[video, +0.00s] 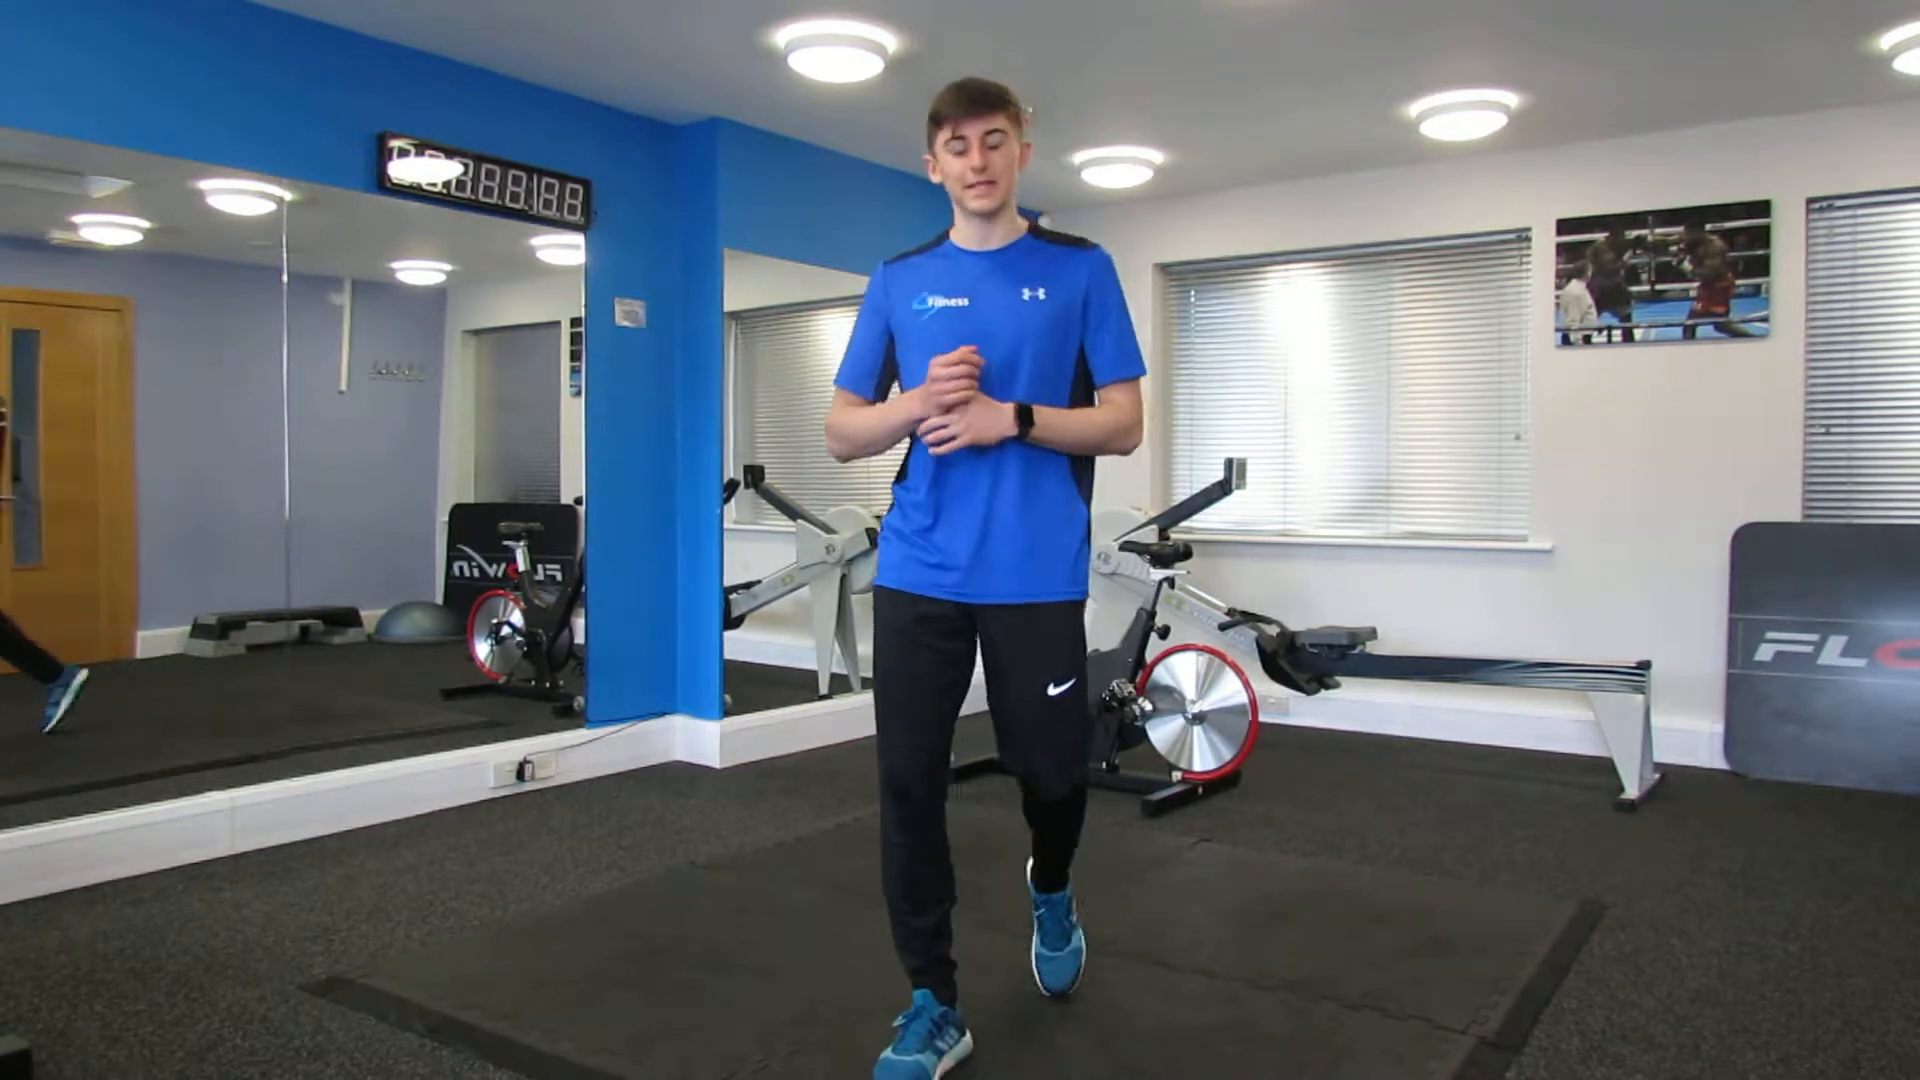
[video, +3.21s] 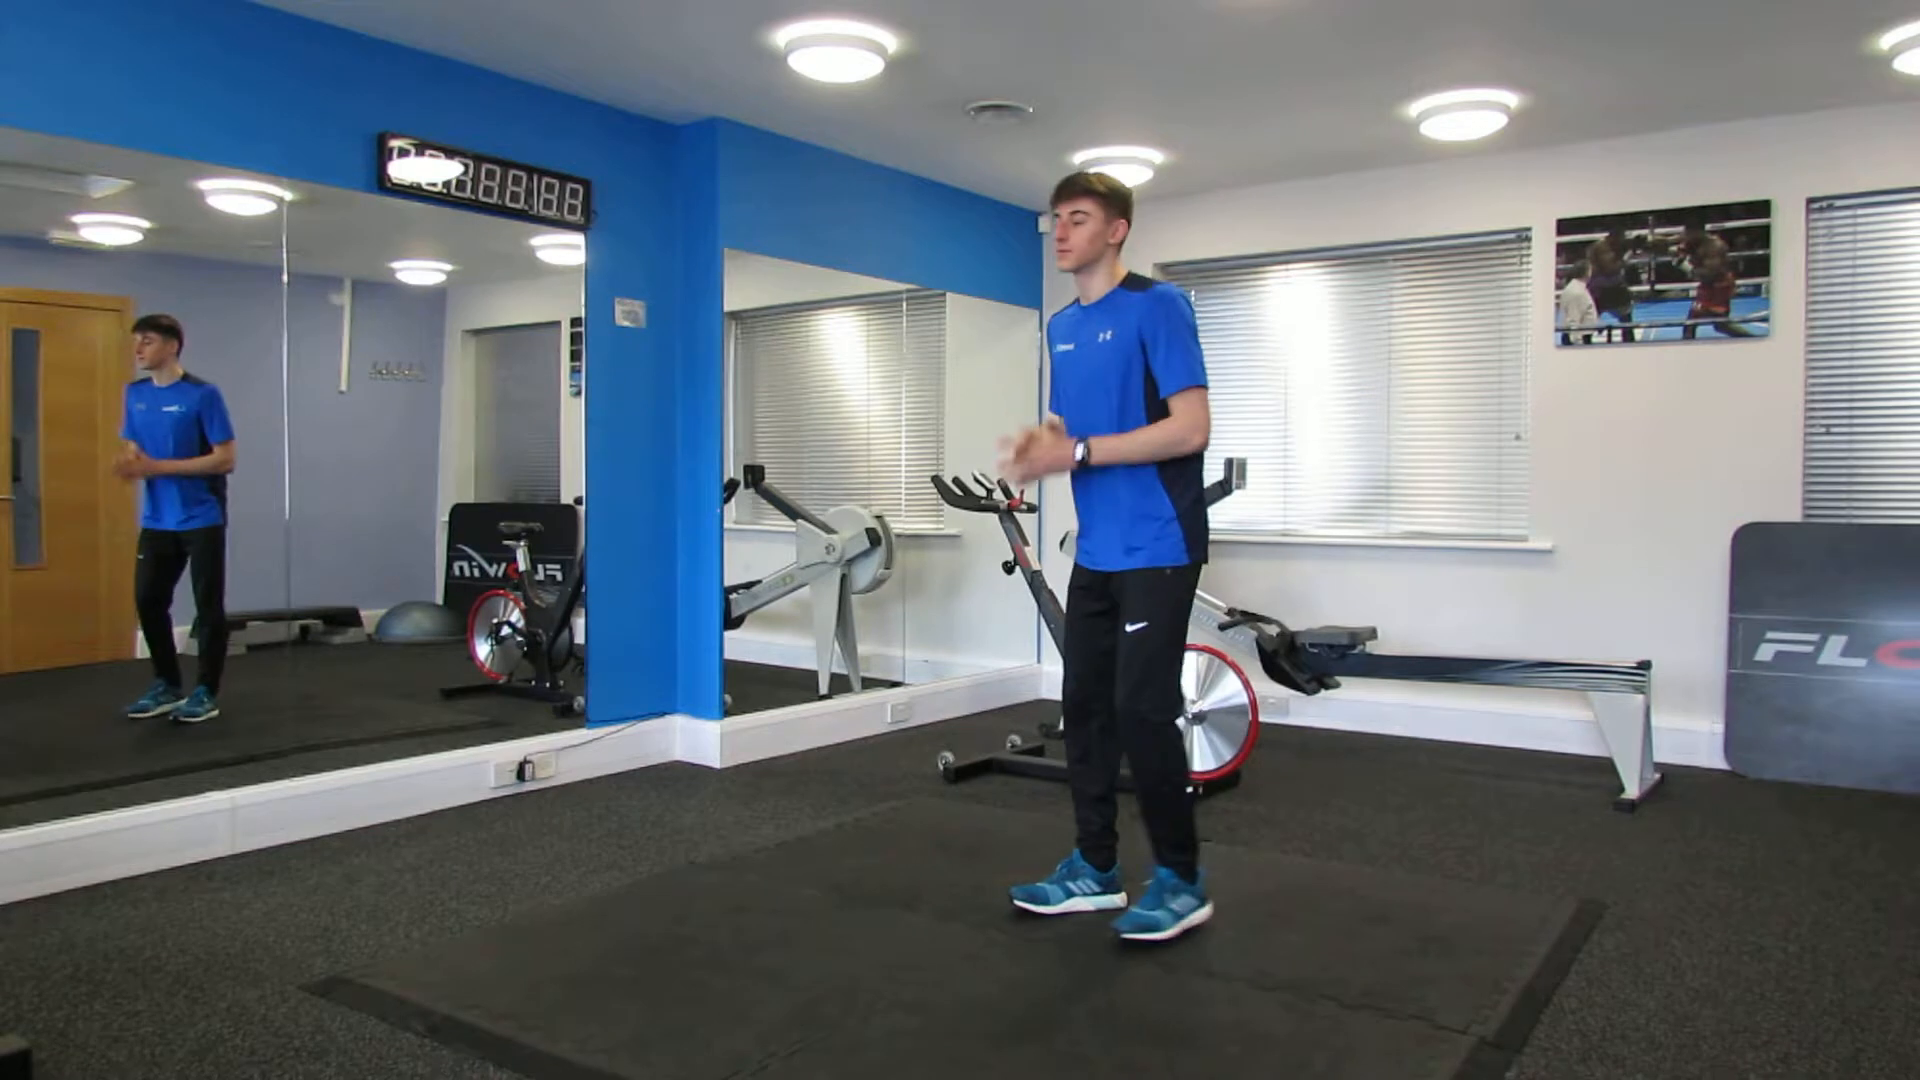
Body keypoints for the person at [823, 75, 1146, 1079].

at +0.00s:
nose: (977, 156)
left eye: (994, 139)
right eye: (958, 143)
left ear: (1024, 155)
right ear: (935, 164)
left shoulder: (1079, 269)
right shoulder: (897, 282)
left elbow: (1125, 422)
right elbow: (844, 433)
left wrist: (1012, 417)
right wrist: (917, 403)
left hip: (1038, 573)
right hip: (919, 570)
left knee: (1054, 775)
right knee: (908, 785)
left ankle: (1051, 893)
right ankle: (931, 1001)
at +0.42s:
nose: (973, 134)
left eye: (992, 114)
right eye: (955, 121)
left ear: (1032, 126)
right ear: (937, 141)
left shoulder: (1099, 243)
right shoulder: (914, 271)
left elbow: (1147, 413)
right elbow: (881, 441)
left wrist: (1006, 407)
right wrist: (904, 402)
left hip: (1041, 571)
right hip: (928, 570)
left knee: (1044, 799)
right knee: (915, 792)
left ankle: (1160, 991)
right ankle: (936, 1004)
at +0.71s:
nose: (1006, 136)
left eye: (1024, 108)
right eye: (994, 122)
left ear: (1085, 110)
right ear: (992, 142)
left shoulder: (1162, 233)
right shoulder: (1017, 266)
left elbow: (1224, 410)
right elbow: (1024, 432)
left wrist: (1055, 428)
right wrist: (958, 391)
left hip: (1122, 593)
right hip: (1019, 586)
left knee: (1141, 827)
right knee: (969, 800)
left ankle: (1210, 1044)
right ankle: (960, 1007)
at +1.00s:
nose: (1037, 139)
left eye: (1052, 113)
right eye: (1033, 120)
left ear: (1119, 110)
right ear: (1089, 123)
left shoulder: (1205, 228)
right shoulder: (1093, 247)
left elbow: (1255, 408)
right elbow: (1133, 400)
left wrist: (1088, 429)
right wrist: (1053, 389)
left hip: (1194, 583)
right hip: (1110, 574)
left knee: (1192, 815)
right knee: (1090, 792)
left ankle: (1219, 1039)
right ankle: (1044, 990)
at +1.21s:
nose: (1078, 147)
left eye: (1093, 122)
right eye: (1072, 129)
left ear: (1159, 116)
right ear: (1101, 134)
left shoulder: (1235, 231)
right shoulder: (1122, 251)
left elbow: (1250, 419)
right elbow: (1143, 405)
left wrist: (1093, 410)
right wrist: (1083, 373)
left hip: (1219, 580)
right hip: (1138, 570)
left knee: (1211, 812)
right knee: (1125, 759)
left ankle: (1228, 1041)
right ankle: (1186, 948)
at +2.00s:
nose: (1187, 196)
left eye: (1203, 182)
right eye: (1171, 183)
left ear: (1230, 196)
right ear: (1150, 200)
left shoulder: (1283, 280)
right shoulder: (1133, 318)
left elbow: (1342, 412)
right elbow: (1122, 460)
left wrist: (1215, 408)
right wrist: (1154, 414)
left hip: (1262, 560)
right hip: (1171, 566)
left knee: (1268, 751)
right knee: (1194, 757)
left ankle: (1308, 911)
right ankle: (1238, 935)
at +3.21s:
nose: (1060, 233)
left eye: (1076, 219)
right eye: (1056, 223)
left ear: (1118, 230)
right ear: (1056, 238)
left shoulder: (1159, 307)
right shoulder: (1062, 327)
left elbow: (1191, 429)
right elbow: (1071, 421)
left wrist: (1077, 453)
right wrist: (1035, 451)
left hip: (1160, 548)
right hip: (1096, 548)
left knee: (1145, 709)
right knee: (1085, 708)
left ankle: (1179, 880)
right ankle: (1096, 867)